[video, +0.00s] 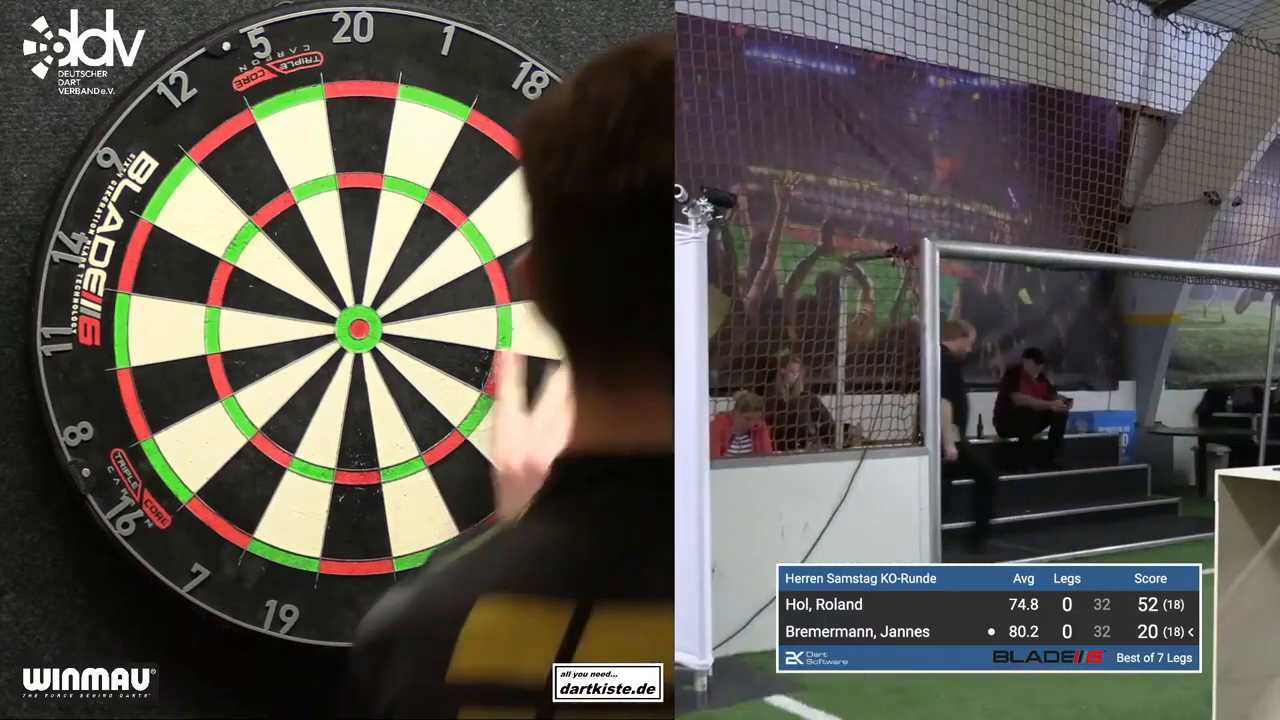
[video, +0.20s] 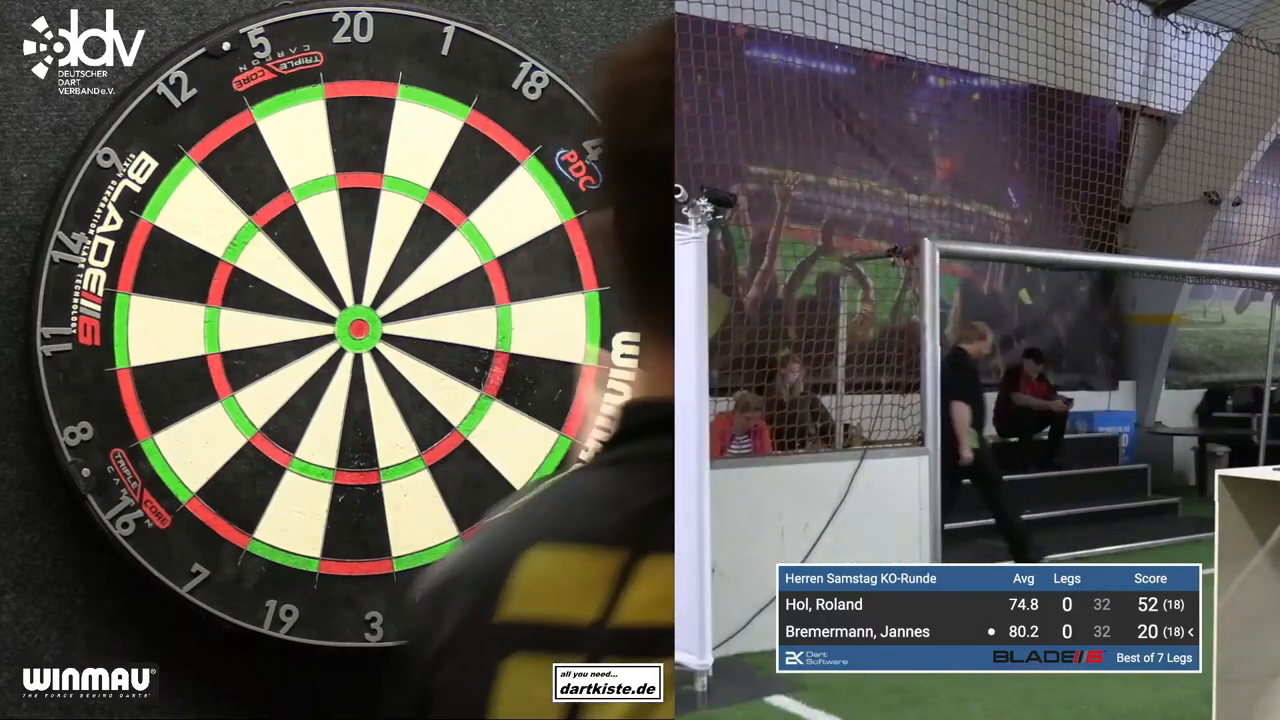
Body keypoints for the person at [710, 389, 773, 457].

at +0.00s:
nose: (753, 423)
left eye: (757, 418)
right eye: (748, 418)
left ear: (760, 417)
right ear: (736, 413)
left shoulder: (761, 427)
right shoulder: (719, 424)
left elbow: (768, 456)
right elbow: (714, 459)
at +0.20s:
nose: (753, 423)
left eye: (757, 418)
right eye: (747, 418)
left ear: (760, 417)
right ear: (736, 413)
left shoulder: (761, 427)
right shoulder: (719, 424)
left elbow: (768, 457)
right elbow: (714, 459)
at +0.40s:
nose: (753, 423)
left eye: (757, 419)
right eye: (747, 418)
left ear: (760, 417)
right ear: (737, 413)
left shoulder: (761, 427)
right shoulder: (719, 424)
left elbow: (768, 458)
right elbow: (714, 460)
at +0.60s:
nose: (753, 424)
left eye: (757, 419)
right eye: (748, 419)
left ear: (760, 417)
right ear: (737, 413)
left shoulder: (761, 427)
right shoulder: (719, 424)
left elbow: (768, 458)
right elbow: (713, 460)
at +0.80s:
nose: (753, 424)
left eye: (757, 419)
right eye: (748, 418)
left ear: (760, 417)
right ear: (737, 413)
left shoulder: (761, 427)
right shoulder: (719, 425)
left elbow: (768, 458)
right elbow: (713, 460)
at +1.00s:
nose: (753, 424)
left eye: (757, 419)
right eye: (748, 418)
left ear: (760, 417)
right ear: (737, 412)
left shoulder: (761, 427)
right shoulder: (719, 425)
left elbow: (768, 458)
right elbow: (713, 460)